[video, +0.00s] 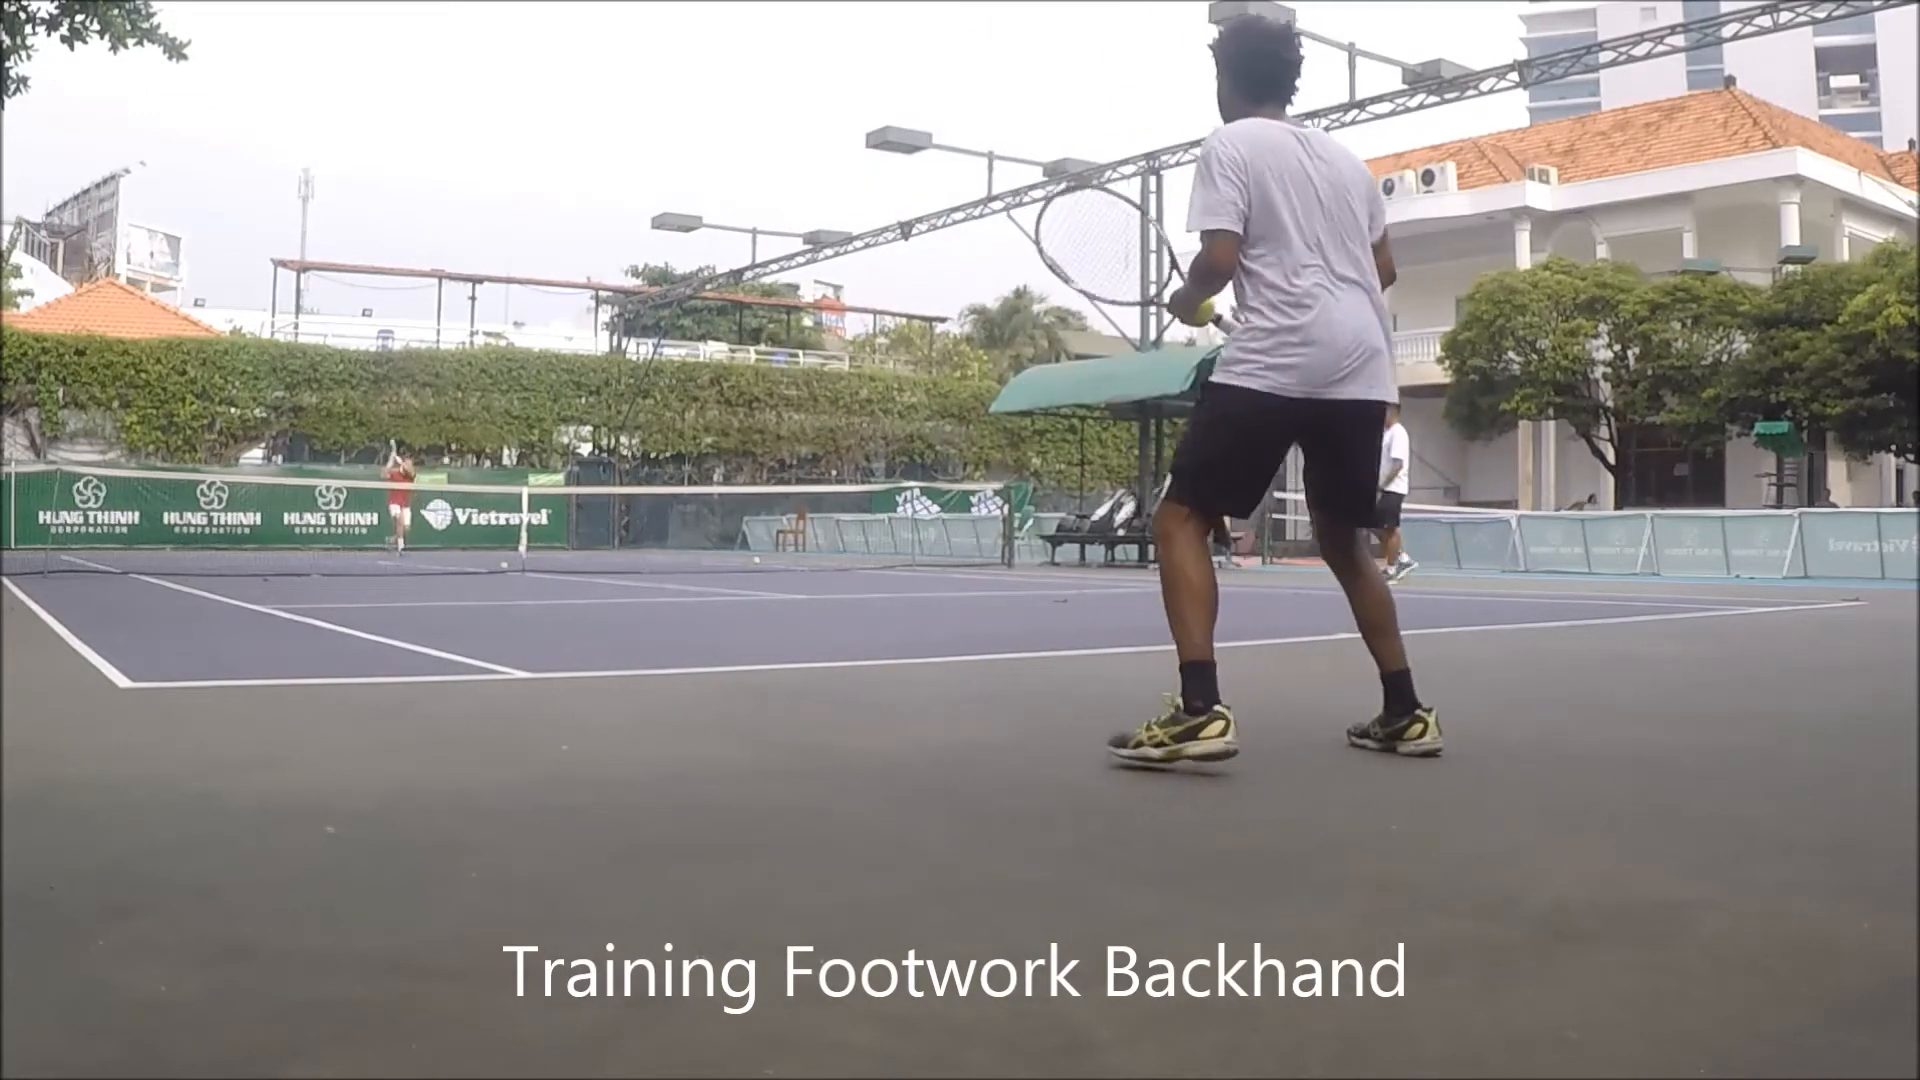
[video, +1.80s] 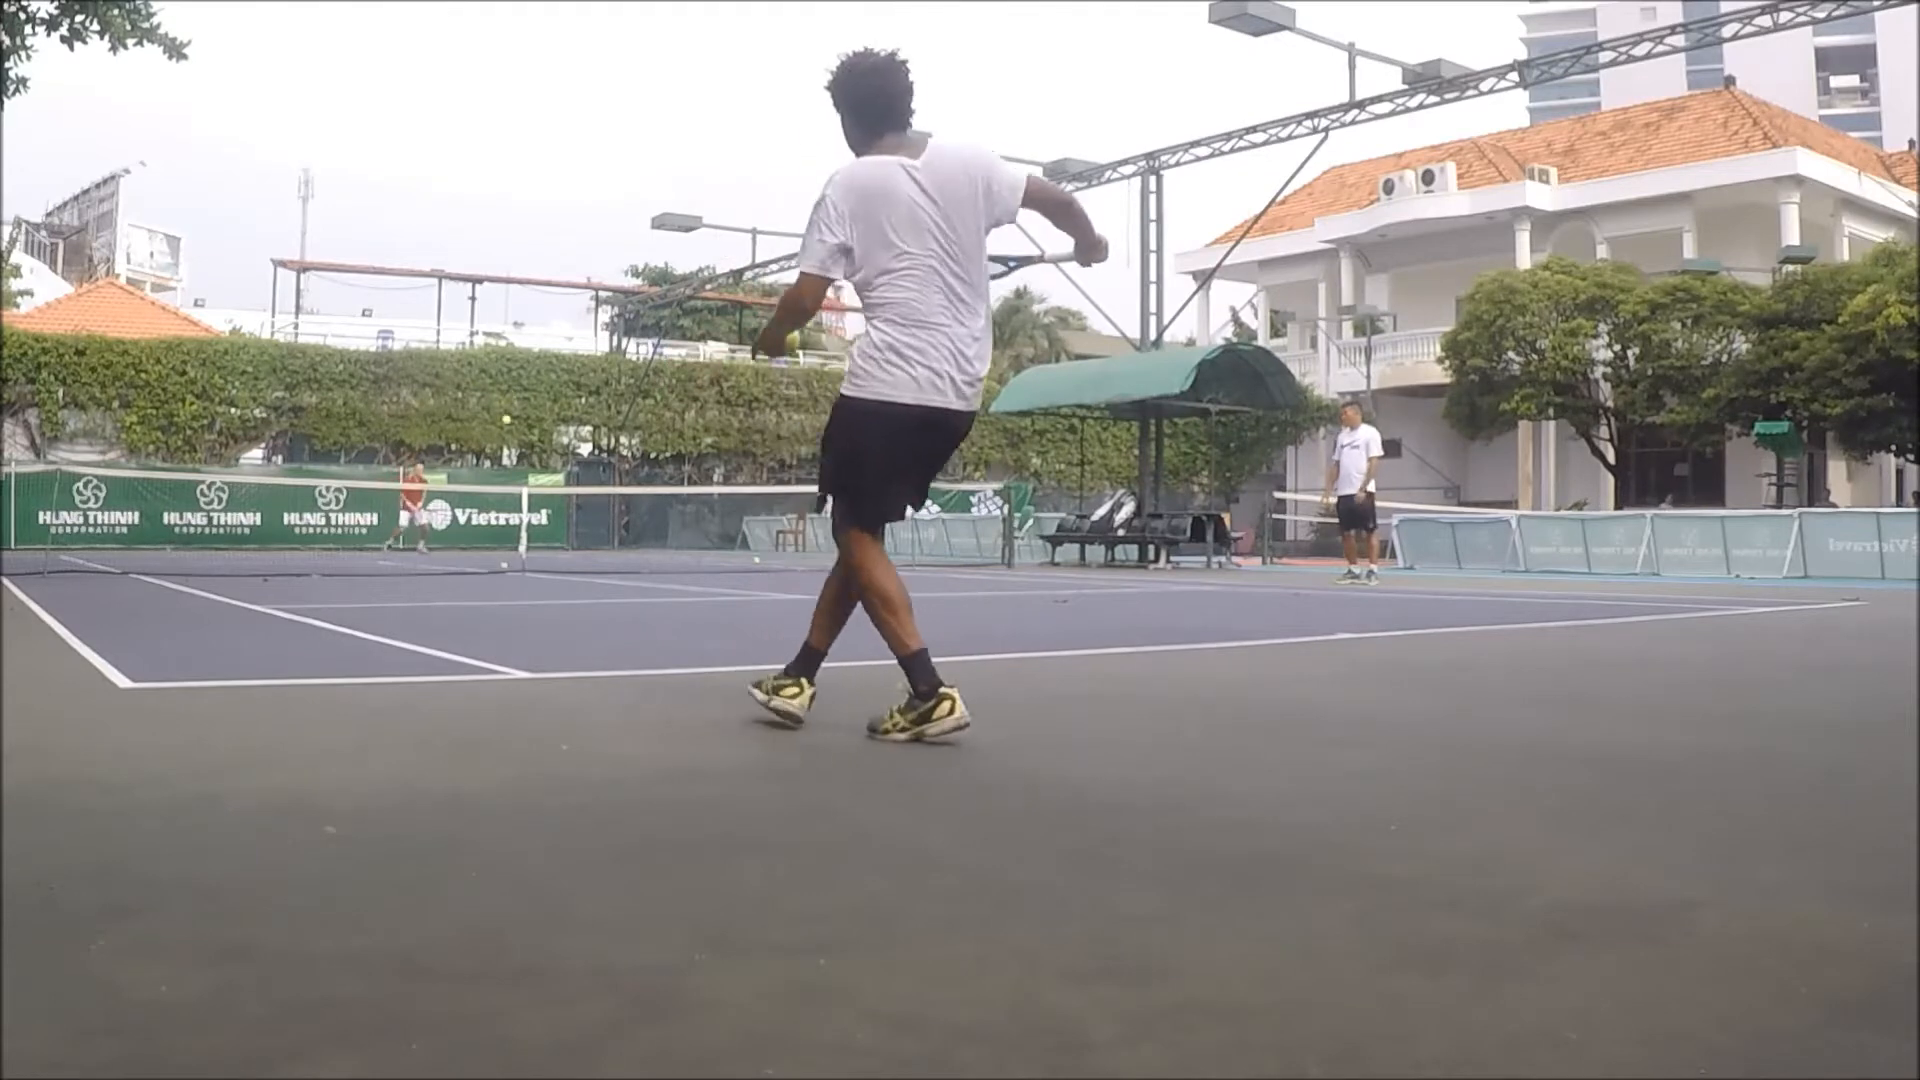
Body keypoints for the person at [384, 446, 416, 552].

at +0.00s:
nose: (403, 468)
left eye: (405, 466)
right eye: (402, 465)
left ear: (408, 467)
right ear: (399, 466)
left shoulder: (410, 476)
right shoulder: (393, 474)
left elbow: (409, 470)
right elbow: (385, 473)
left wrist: (400, 461)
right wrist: (391, 460)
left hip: (405, 502)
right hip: (394, 501)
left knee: (405, 524)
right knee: (398, 519)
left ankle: (395, 538)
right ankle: (400, 544)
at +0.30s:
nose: (406, 467)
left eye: (408, 465)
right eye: (404, 464)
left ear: (409, 465)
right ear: (401, 464)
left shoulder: (410, 472)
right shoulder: (392, 471)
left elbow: (406, 477)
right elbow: (387, 482)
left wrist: (395, 473)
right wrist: (389, 475)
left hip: (404, 501)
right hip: (392, 500)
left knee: (403, 524)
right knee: (395, 522)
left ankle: (400, 540)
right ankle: (395, 543)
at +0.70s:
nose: (399, 462)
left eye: (401, 459)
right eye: (397, 459)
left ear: (404, 461)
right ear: (394, 460)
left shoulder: (406, 471)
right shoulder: (389, 472)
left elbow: (409, 484)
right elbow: (386, 484)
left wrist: (399, 487)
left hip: (401, 501)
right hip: (390, 501)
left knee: (400, 522)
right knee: (383, 520)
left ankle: (402, 545)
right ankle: (387, 542)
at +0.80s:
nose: (396, 463)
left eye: (398, 461)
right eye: (394, 461)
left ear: (401, 462)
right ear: (392, 462)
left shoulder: (405, 472)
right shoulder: (387, 473)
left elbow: (408, 484)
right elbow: (384, 485)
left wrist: (400, 489)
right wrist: (389, 490)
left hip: (401, 501)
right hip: (390, 501)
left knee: (401, 521)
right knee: (385, 523)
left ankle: (402, 544)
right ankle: (390, 543)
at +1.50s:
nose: (407, 461)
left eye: (409, 458)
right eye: (405, 458)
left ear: (411, 460)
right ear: (400, 459)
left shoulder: (412, 470)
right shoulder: (395, 470)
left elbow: (414, 483)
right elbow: (391, 484)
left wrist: (407, 494)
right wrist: (399, 495)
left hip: (408, 494)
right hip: (396, 495)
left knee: (412, 517)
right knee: (392, 517)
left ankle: (412, 542)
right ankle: (387, 542)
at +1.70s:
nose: (416, 472)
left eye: (417, 469)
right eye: (414, 469)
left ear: (418, 471)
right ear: (409, 470)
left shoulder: (419, 482)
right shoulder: (400, 481)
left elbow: (419, 495)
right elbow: (395, 493)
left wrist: (415, 504)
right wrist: (404, 504)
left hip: (413, 508)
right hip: (401, 509)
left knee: (422, 527)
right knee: (395, 528)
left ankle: (421, 544)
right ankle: (386, 543)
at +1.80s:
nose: (420, 472)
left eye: (422, 470)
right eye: (419, 469)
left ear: (422, 471)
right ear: (414, 470)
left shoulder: (423, 481)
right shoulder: (407, 480)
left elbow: (424, 494)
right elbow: (402, 494)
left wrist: (420, 503)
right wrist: (410, 505)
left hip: (417, 507)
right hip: (406, 507)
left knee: (424, 526)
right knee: (402, 526)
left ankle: (421, 545)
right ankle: (390, 541)